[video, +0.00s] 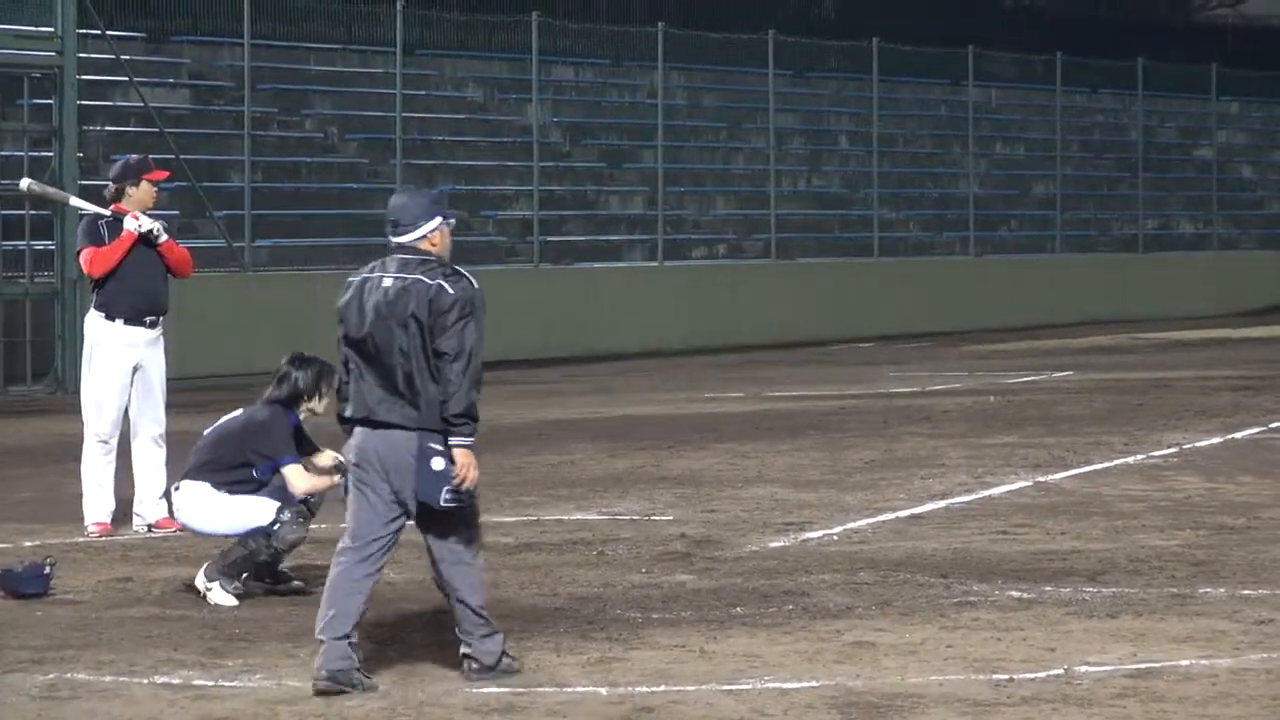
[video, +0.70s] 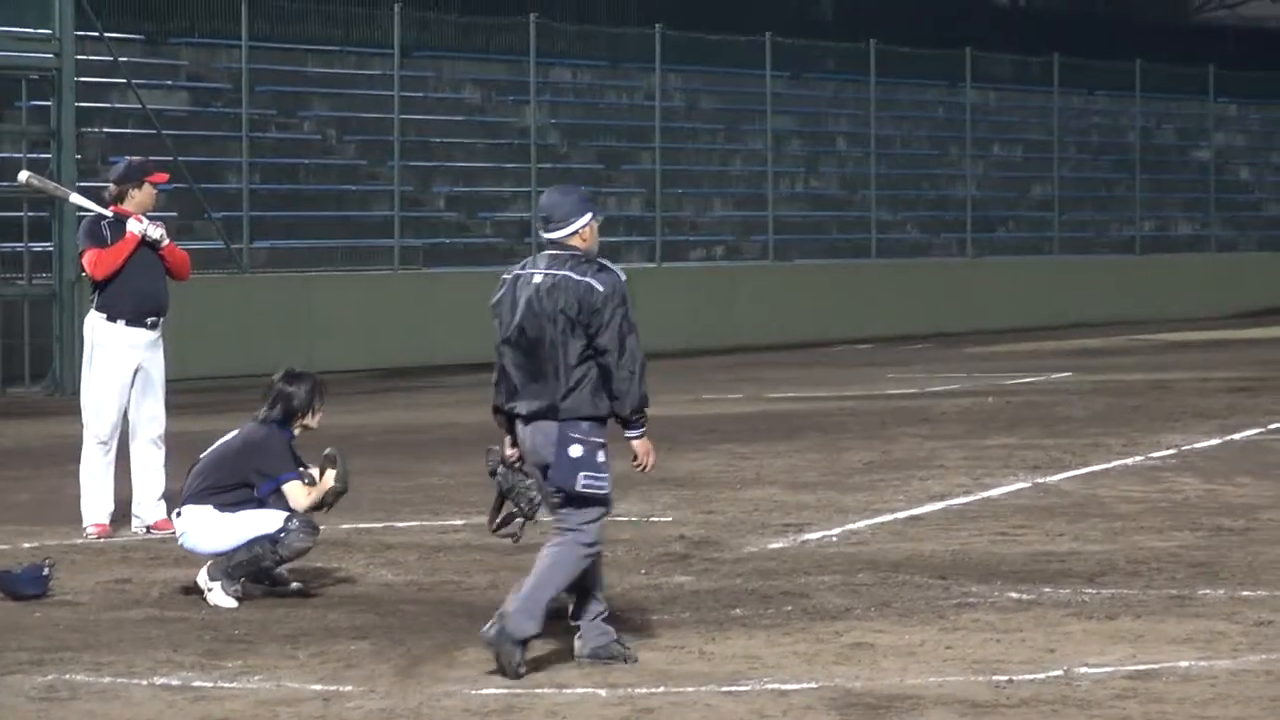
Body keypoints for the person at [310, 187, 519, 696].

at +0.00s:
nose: (449, 233)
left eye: (445, 225)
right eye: (444, 227)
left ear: (398, 235)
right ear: (431, 235)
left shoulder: (361, 283)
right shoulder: (452, 287)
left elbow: (349, 365)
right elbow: (458, 372)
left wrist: (354, 427)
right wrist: (462, 440)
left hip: (369, 436)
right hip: (427, 440)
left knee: (358, 550)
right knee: (456, 552)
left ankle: (333, 663)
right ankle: (484, 654)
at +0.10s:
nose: (476, 230)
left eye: (472, 222)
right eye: (471, 224)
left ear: (426, 231)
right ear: (456, 232)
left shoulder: (387, 278)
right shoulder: (479, 286)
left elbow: (372, 364)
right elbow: (489, 373)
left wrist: (378, 427)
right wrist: (495, 444)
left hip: (397, 433)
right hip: (457, 438)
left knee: (391, 542)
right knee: (482, 552)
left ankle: (351, 634)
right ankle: (488, 655)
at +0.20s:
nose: (502, 226)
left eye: (499, 218)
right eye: (497, 220)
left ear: (454, 227)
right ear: (482, 228)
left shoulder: (415, 270)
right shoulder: (506, 282)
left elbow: (399, 353)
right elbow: (521, 366)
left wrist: (404, 416)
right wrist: (535, 433)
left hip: (426, 427)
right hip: (484, 431)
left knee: (439, 528)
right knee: (499, 541)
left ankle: (392, 605)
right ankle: (491, 651)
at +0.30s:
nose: (519, 225)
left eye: (515, 217)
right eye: (514, 218)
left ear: (471, 225)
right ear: (501, 226)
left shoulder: (430, 271)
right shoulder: (520, 280)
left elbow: (418, 354)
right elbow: (545, 358)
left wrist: (428, 416)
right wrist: (568, 421)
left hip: (442, 423)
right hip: (494, 426)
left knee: (470, 519)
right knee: (504, 535)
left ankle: (440, 612)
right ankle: (490, 655)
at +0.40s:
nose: (540, 222)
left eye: (537, 214)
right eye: (536, 216)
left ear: (492, 221)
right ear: (522, 221)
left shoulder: (450, 267)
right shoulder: (540, 274)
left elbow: (438, 352)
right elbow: (566, 349)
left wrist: (448, 411)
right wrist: (594, 407)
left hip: (461, 419)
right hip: (510, 421)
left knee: (502, 522)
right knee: (506, 535)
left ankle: (498, 622)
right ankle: (487, 652)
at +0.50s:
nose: (564, 226)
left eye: (560, 218)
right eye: (558, 219)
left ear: (517, 227)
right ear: (542, 227)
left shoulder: (476, 273)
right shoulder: (563, 278)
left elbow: (464, 354)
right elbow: (591, 352)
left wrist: (472, 409)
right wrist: (617, 405)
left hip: (485, 422)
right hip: (532, 424)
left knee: (529, 530)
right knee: (520, 537)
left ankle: (575, 628)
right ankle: (491, 650)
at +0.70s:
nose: (597, 232)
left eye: (593, 224)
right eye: (592, 225)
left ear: (548, 231)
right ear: (579, 230)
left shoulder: (515, 280)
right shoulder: (598, 279)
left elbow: (505, 363)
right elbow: (620, 358)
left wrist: (509, 430)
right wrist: (635, 428)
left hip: (530, 426)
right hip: (576, 426)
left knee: (578, 526)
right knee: (580, 528)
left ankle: (595, 635)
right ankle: (511, 626)